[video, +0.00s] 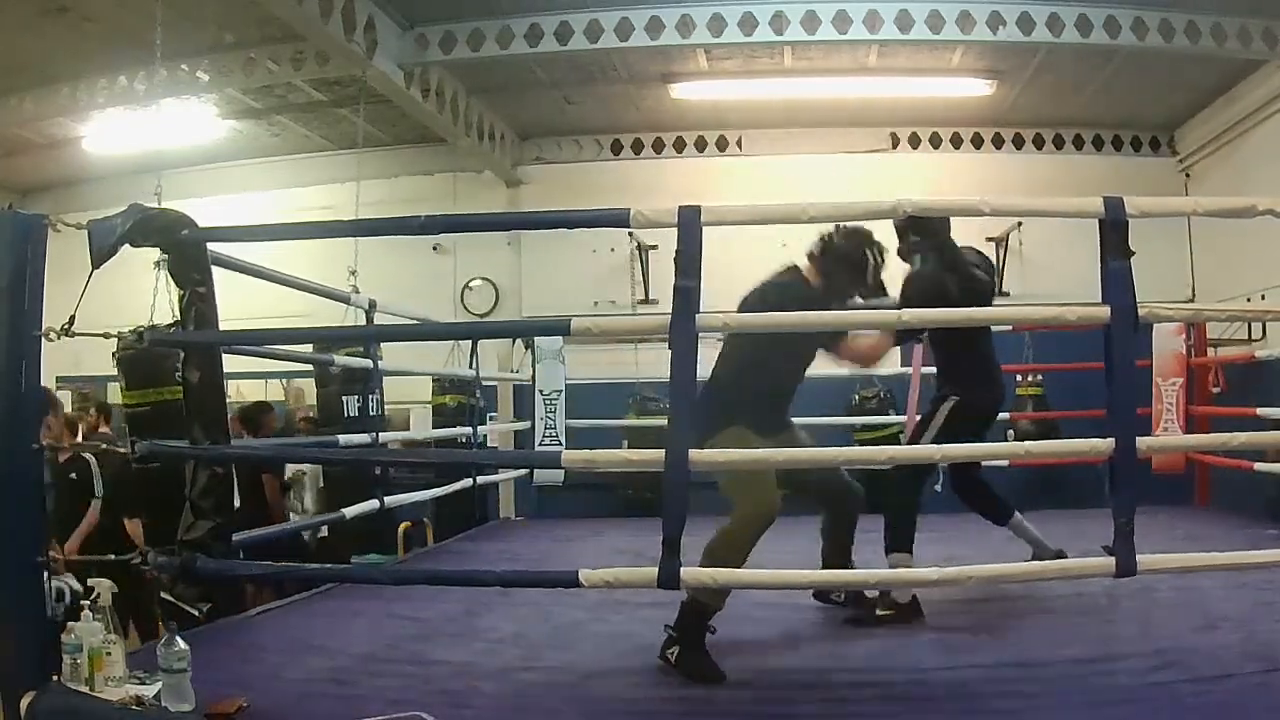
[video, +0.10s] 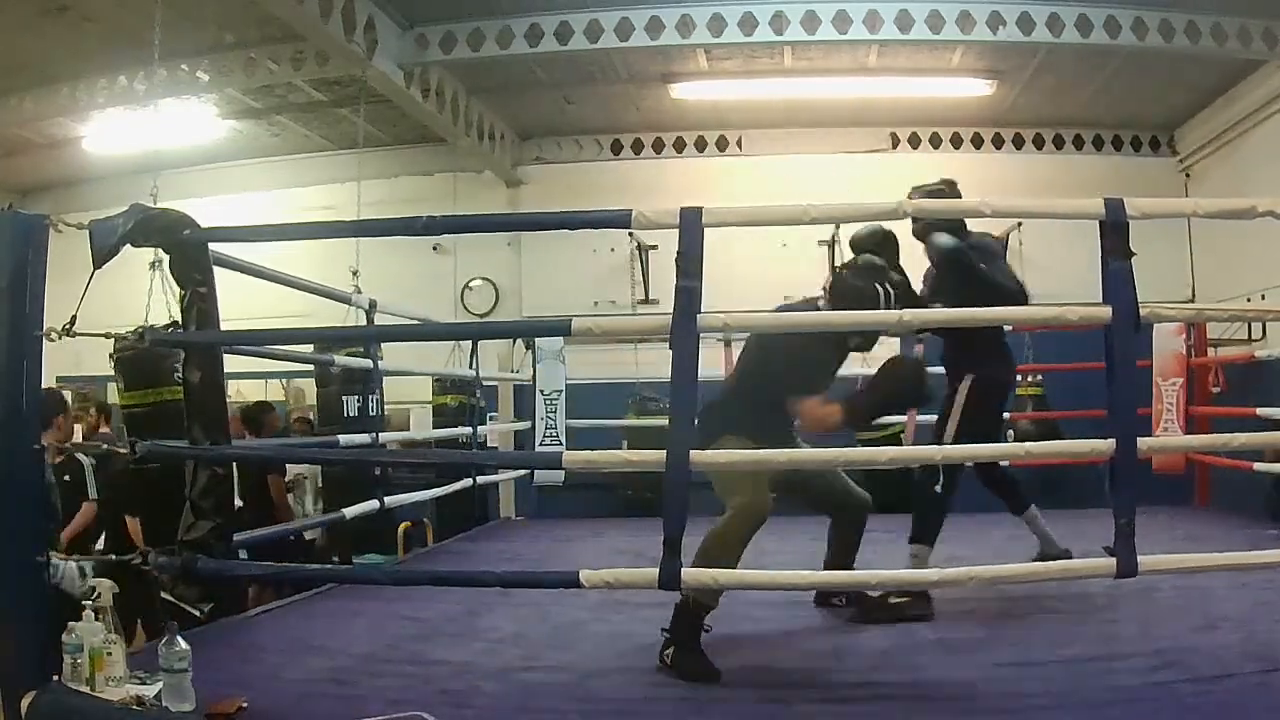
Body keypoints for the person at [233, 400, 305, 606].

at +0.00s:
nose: (276, 428)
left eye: (275, 423)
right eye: (271, 424)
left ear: (247, 428)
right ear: (260, 428)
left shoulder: (242, 451)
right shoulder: (269, 451)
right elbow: (273, 497)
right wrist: (283, 527)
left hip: (245, 523)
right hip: (267, 524)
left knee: (253, 580)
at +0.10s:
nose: (279, 428)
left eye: (278, 423)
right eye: (274, 425)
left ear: (250, 430)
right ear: (259, 429)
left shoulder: (244, 452)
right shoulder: (271, 452)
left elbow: (250, 493)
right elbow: (279, 500)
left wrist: (286, 488)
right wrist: (295, 530)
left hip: (249, 521)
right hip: (270, 524)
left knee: (257, 579)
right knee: (275, 580)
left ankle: (252, 626)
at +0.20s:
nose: (279, 429)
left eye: (278, 424)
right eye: (274, 426)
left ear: (249, 430)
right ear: (260, 429)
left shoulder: (245, 453)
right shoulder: (272, 453)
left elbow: (245, 496)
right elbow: (282, 499)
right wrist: (297, 535)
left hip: (250, 526)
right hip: (272, 528)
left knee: (257, 586)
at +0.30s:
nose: (279, 423)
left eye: (277, 419)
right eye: (275, 419)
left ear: (249, 428)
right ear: (268, 423)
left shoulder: (246, 451)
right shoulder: (275, 450)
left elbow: (242, 493)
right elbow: (284, 495)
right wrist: (296, 526)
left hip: (252, 522)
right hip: (274, 524)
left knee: (258, 580)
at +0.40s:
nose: (279, 422)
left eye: (276, 418)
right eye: (275, 419)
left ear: (249, 427)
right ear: (268, 423)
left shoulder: (246, 451)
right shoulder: (277, 450)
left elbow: (240, 493)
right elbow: (286, 493)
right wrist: (299, 523)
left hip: (252, 523)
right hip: (275, 523)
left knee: (259, 588)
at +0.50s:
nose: (282, 423)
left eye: (280, 419)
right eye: (279, 419)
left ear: (251, 425)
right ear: (273, 423)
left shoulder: (246, 452)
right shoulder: (279, 451)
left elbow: (240, 491)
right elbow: (291, 496)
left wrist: (238, 519)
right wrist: (307, 527)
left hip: (254, 524)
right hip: (280, 525)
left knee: (262, 592)